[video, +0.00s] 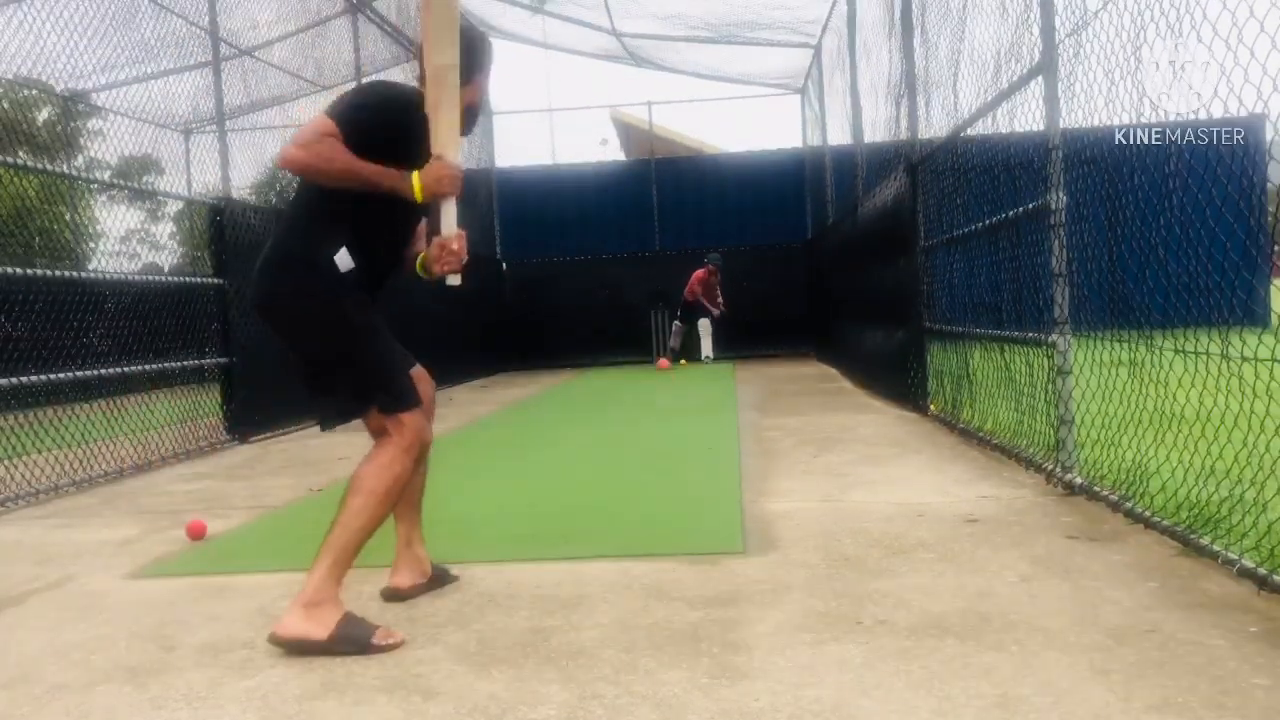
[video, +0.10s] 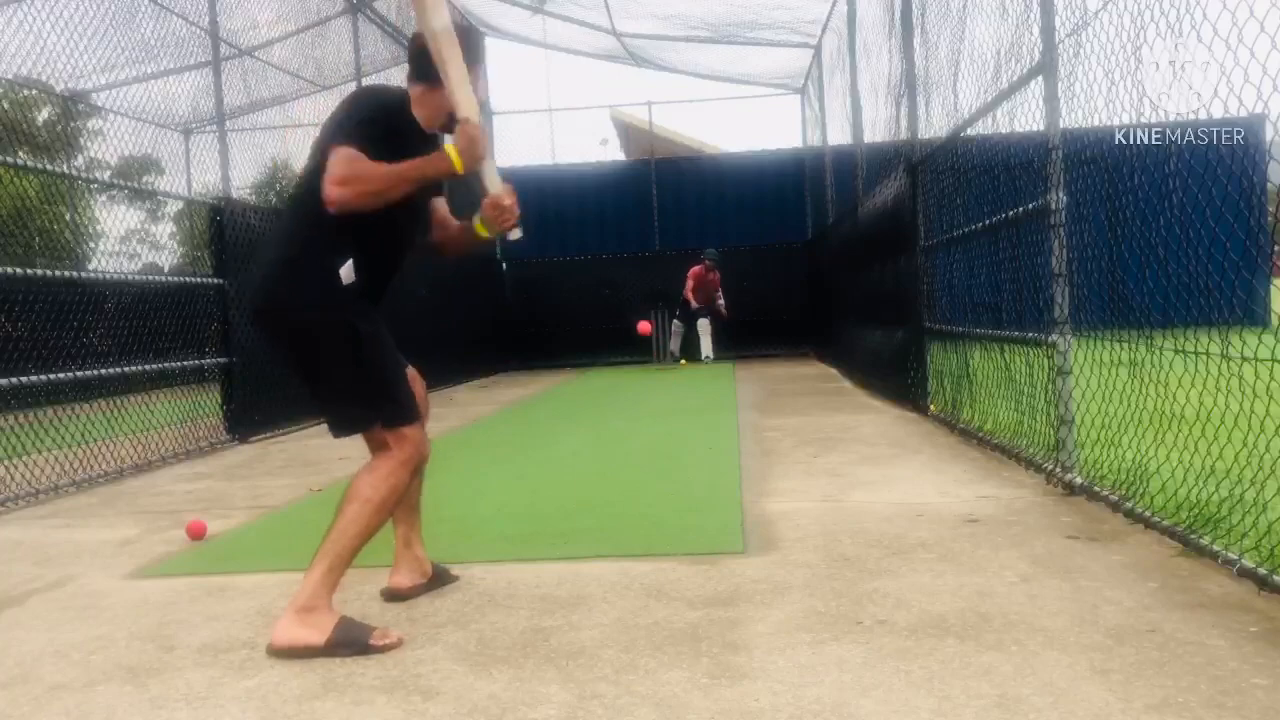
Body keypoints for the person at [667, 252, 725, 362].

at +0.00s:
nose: (714, 268)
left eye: (716, 265)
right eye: (712, 265)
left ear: (718, 266)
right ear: (707, 264)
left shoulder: (716, 275)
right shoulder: (699, 275)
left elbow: (716, 288)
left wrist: (719, 298)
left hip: (702, 302)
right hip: (689, 302)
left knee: (705, 326)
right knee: (680, 326)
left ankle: (707, 356)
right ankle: (673, 350)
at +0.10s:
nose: (711, 263)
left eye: (713, 261)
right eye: (709, 260)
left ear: (716, 262)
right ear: (704, 260)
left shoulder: (715, 275)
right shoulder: (695, 271)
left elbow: (718, 292)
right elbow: (687, 290)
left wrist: (721, 305)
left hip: (703, 304)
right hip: (689, 302)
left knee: (704, 325)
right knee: (678, 324)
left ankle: (707, 356)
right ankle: (674, 352)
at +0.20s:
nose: (707, 260)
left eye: (709, 257)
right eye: (704, 257)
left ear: (712, 259)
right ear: (700, 258)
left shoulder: (713, 274)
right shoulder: (690, 269)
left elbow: (716, 292)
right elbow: (681, 280)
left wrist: (719, 303)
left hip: (700, 303)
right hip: (685, 301)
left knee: (704, 326)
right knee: (678, 326)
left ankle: (707, 356)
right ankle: (674, 354)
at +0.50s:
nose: (689, 256)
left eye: (691, 253)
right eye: (686, 253)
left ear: (695, 254)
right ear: (682, 255)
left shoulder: (699, 268)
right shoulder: (675, 268)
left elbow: (703, 286)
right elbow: (667, 282)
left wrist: (704, 297)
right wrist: (662, 289)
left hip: (693, 303)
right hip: (678, 303)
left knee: (699, 326)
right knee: (675, 329)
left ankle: (706, 355)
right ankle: (674, 357)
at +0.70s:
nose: (682, 255)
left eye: (684, 253)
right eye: (680, 253)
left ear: (689, 253)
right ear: (676, 255)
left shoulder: (696, 267)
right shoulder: (672, 269)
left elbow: (702, 284)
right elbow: (668, 284)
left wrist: (703, 294)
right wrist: (668, 293)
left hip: (693, 302)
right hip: (677, 303)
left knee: (699, 327)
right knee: (675, 329)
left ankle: (704, 356)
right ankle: (674, 357)